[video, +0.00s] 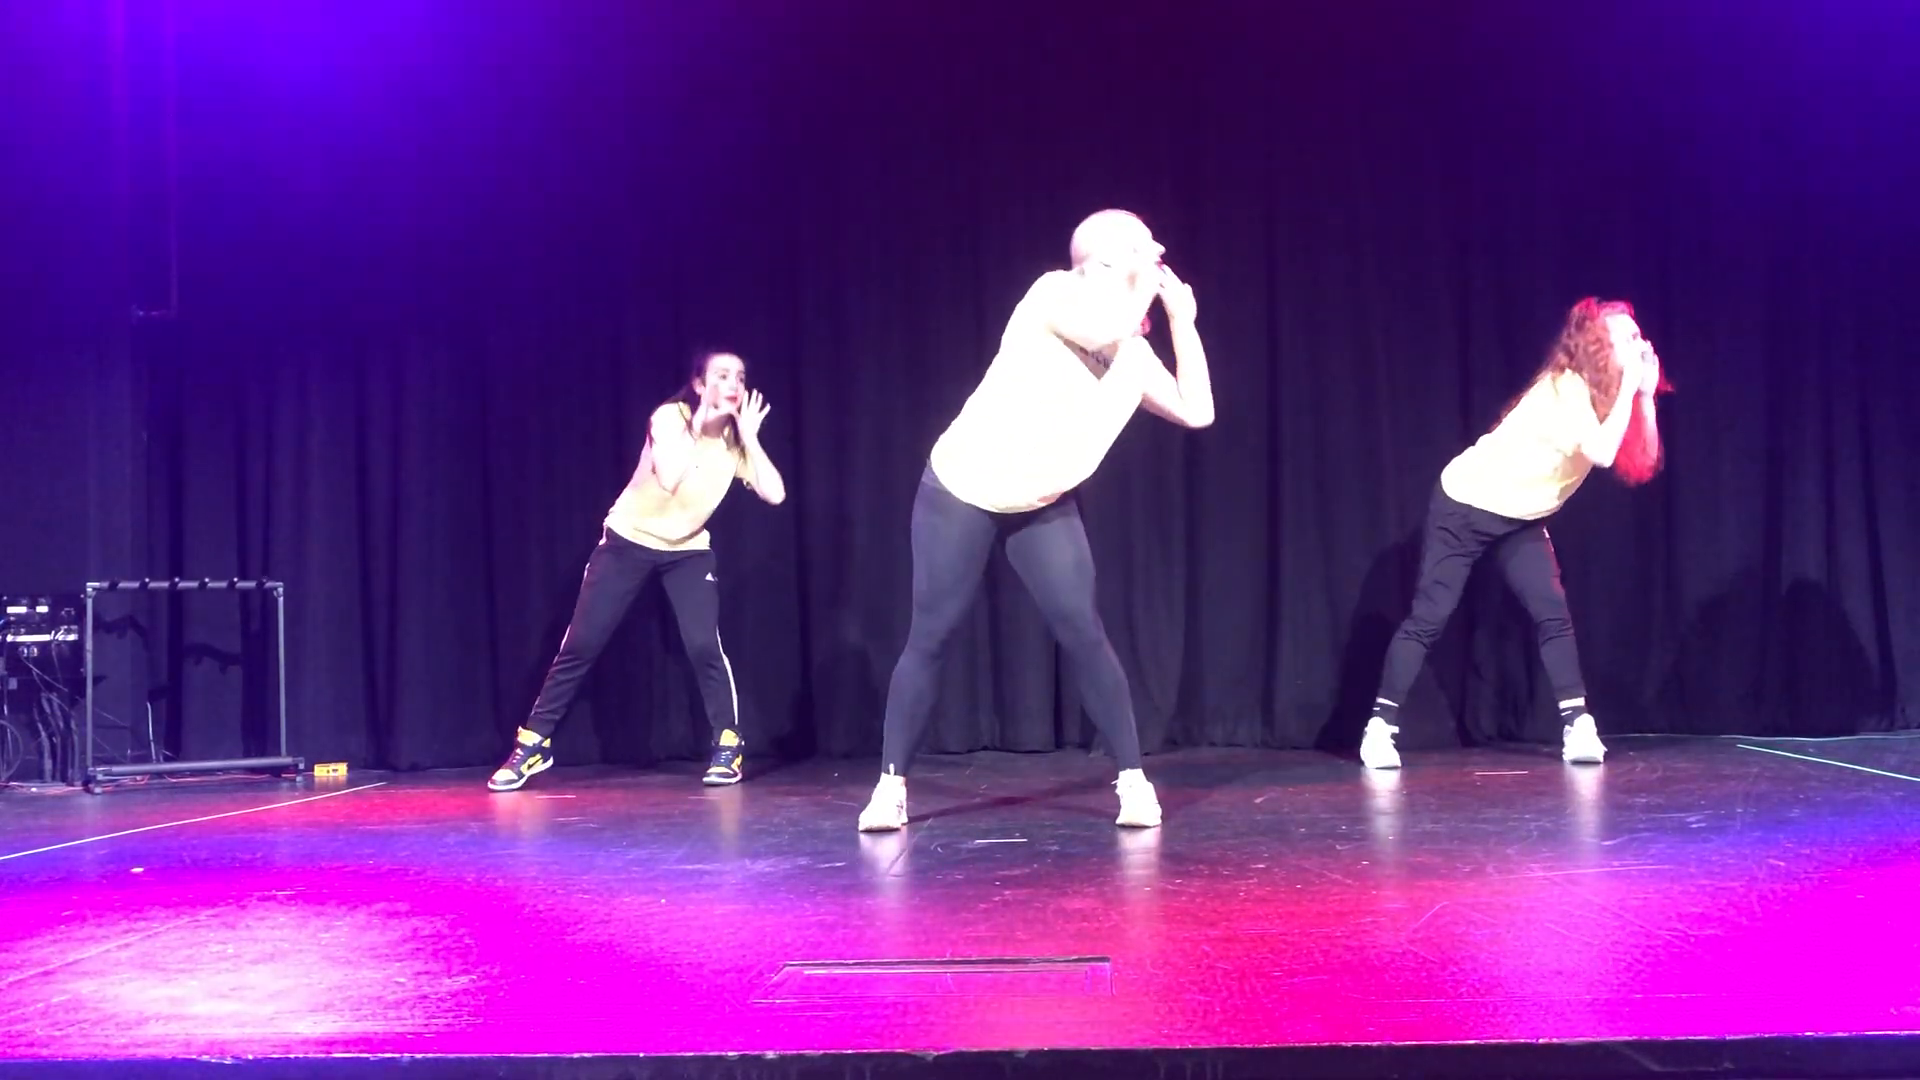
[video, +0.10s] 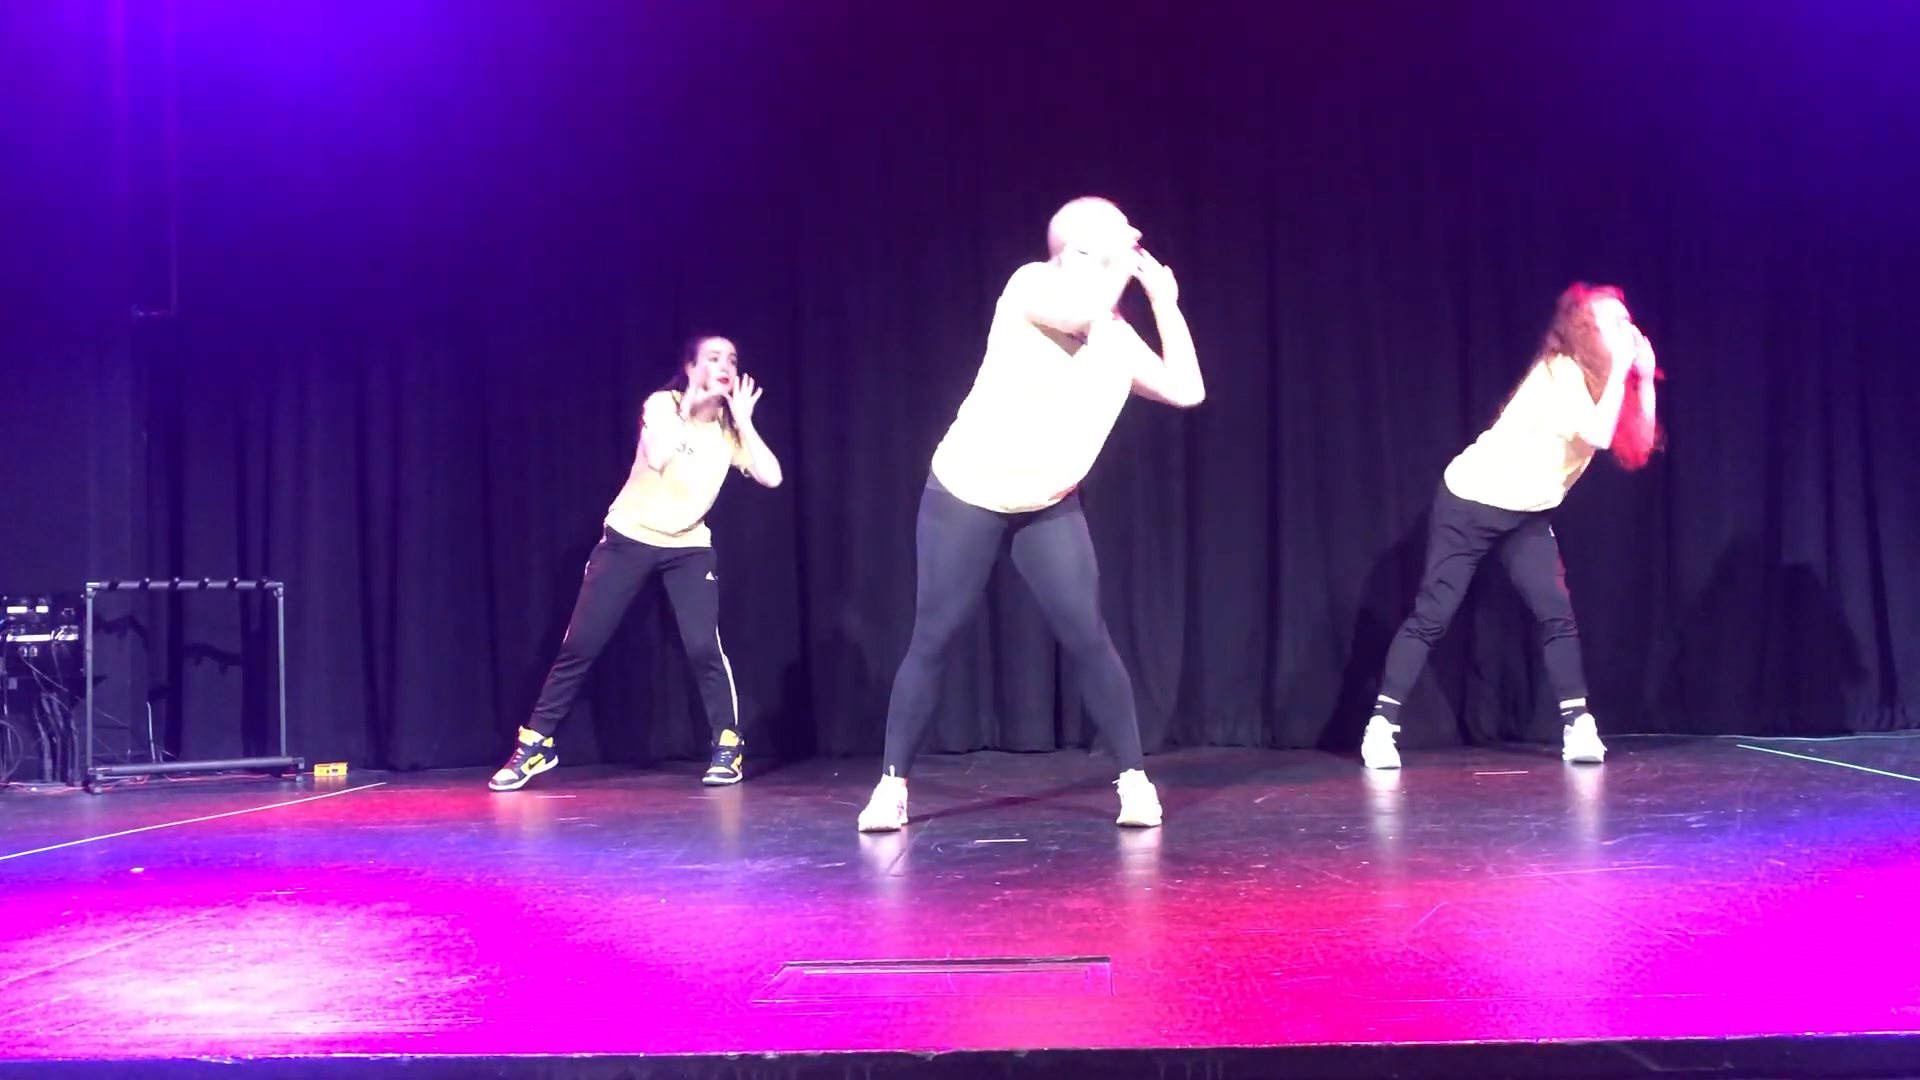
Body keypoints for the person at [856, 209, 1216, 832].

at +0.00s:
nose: (1158, 251)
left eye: (1153, 240)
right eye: (1142, 237)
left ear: (1132, 259)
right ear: (1100, 254)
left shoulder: (1133, 352)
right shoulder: (1055, 292)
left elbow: (1197, 410)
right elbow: (1101, 332)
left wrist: (1184, 322)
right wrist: (1143, 281)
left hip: (1043, 504)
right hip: (960, 492)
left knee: (1083, 632)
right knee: (931, 633)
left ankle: (1131, 778)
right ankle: (891, 782)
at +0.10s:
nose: (1132, 242)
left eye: (1129, 233)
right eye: (1116, 231)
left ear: (1124, 250)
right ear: (1075, 246)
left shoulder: (1119, 342)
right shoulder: (1030, 282)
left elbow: (1187, 389)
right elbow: (1081, 313)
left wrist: (1166, 305)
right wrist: (1118, 258)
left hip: (1049, 503)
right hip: (967, 493)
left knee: (1087, 635)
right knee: (936, 633)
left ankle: (1133, 778)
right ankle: (892, 782)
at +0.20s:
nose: (1109, 222)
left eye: (1105, 213)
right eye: (1093, 212)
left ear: (1089, 232)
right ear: (1050, 228)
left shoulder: (1104, 320)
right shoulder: (1006, 272)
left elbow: (1168, 375)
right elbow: (1023, 307)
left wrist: (1145, 292)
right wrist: (1083, 259)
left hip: (1052, 496)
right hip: (969, 488)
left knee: (1088, 629)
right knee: (935, 630)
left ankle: (1135, 777)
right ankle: (892, 781)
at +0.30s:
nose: (1081, 206)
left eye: (1081, 198)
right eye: (1063, 196)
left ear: (1083, 220)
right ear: (1023, 214)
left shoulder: (1096, 301)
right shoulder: (989, 270)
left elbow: (1133, 393)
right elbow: (950, 342)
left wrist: (1141, 323)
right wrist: (1032, 306)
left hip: (1053, 488)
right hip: (967, 482)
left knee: (1090, 625)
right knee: (932, 626)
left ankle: (1135, 776)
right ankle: (892, 780)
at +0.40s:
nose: (1045, 225)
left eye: (1053, 216)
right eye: (1030, 216)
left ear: (1065, 231)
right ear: (1002, 231)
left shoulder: (1088, 312)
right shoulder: (966, 293)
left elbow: (1106, 408)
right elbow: (932, 393)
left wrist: (1140, 444)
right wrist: (991, 436)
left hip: (1050, 493)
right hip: (960, 492)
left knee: (1097, 628)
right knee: (925, 638)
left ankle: (1130, 778)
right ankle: (897, 783)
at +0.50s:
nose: (1028, 259)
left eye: (1037, 248)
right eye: (1013, 250)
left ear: (1054, 263)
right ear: (992, 270)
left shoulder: (1074, 352)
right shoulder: (951, 351)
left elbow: (1094, 453)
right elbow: (942, 457)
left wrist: (1124, 542)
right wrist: (956, 547)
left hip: (1043, 523)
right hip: (955, 521)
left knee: (1101, 640)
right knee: (916, 653)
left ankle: (1129, 781)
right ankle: (895, 786)